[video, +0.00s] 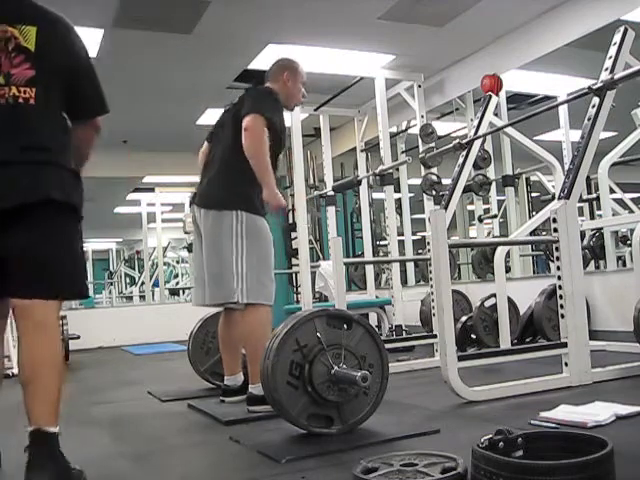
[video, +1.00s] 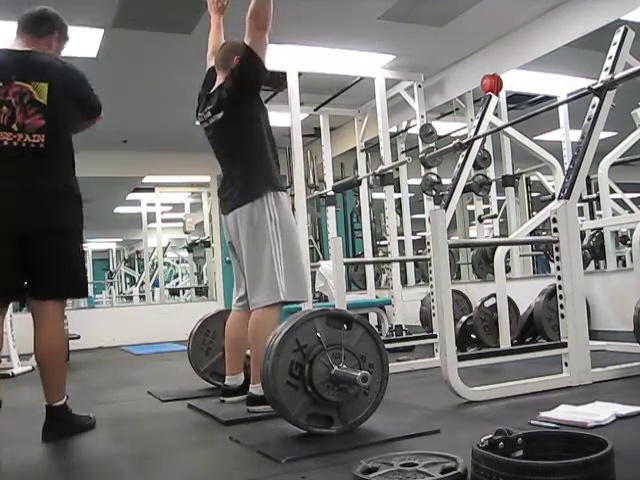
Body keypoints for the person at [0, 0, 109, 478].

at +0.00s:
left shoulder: (48, 25)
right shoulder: (46, 24)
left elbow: (88, 116)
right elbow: (90, 116)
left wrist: (66, 172)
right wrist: (67, 170)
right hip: (34, 183)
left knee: (36, 312)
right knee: (37, 313)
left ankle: (43, 447)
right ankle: (43, 447)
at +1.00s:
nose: (62, 52)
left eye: (63, 47)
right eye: (64, 45)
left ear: (20, 34)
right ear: (55, 39)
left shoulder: (0, 64)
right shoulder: (64, 74)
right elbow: (90, 114)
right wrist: (49, 124)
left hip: (0, 212)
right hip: (49, 212)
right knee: (48, 310)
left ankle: (58, 411)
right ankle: (57, 413)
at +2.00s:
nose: (7, 62)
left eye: (6, 58)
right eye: (5, 57)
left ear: (7, 56)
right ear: (1, 53)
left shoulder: (9, 92)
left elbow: (20, 102)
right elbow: (21, 102)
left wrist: (25, 133)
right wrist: (26, 134)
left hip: (3, 222)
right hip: (1, 224)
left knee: (4, 300)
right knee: (3, 299)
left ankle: (3, 412)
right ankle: (2, 414)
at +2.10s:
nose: (5, 46)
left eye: (5, 42)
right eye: (2, 41)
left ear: (4, 47)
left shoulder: (2, 107)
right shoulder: (1, 107)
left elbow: (6, 118)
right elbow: (7, 119)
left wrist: (23, 145)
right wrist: (24, 147)